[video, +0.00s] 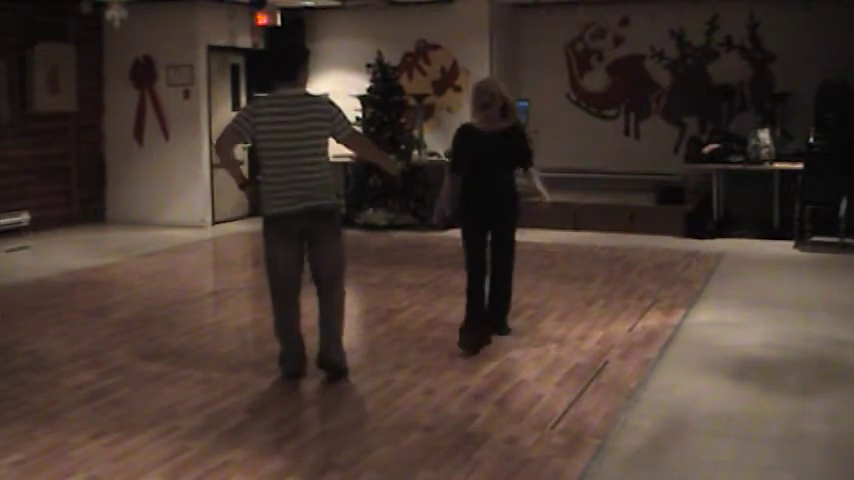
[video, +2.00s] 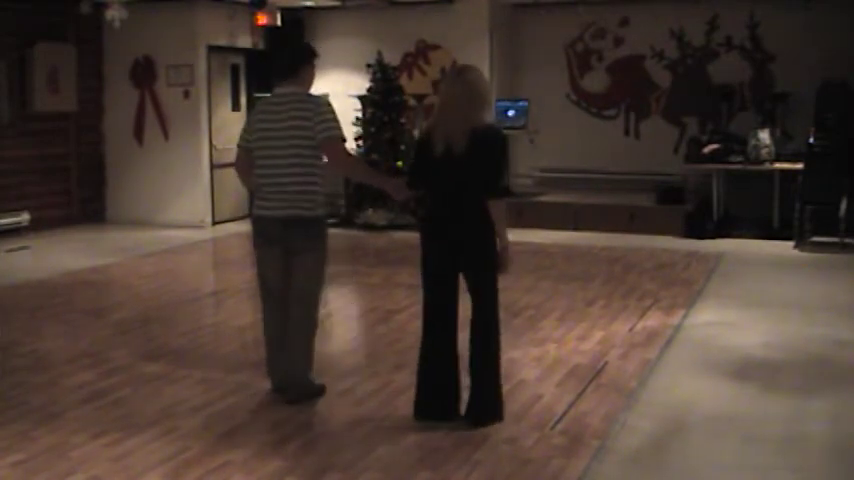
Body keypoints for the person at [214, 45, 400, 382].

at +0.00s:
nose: (307, 70)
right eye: (305, 64)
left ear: (271, 70)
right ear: (303, 69)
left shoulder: (257, 109)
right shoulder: (320, 105)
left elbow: (223, 145)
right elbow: (355, 142)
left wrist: (242, 182)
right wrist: (388, 163)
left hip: (279, 211)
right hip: (322, 208)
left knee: (284, 289)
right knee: (330, 283)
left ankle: (292, 363)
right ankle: (333, 360)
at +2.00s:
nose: (314, 74)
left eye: (312, 66)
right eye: (312, 67)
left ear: (277, 70)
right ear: (306, 68)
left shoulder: (260, 108)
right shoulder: (316, 106)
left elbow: (242, 163)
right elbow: (339, 159)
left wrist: (263, 193)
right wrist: (385, 183)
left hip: (266, 217)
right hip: (305, 217)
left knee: (274, 295)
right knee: (303, 297)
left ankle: (280, 377)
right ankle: (297, 381)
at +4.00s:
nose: (307, 72)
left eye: (302, 65)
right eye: (305, 66)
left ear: (270, 70)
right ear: (303, 69)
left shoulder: (256, 113)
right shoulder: (317, 113)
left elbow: (240, 167)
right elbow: (336, 172)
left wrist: (263, 195)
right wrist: (379, 192)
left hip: (270, 226)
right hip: (314, 225)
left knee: (269, 305)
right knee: (331, 300)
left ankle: (269, 389)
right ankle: (335, 374)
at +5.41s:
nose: (318, 78)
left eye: (315, 70)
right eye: (315, 71)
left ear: (281, 76)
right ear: (309, 74)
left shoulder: (265, 115)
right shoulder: (324, 114)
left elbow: (250, 164)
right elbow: (347, 168)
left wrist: (279, 182)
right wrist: (394, 193)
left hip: (276, 224)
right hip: (319, 222)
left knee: (274, 302)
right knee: (334, 292)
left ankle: (269, 388)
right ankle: (333, 367)